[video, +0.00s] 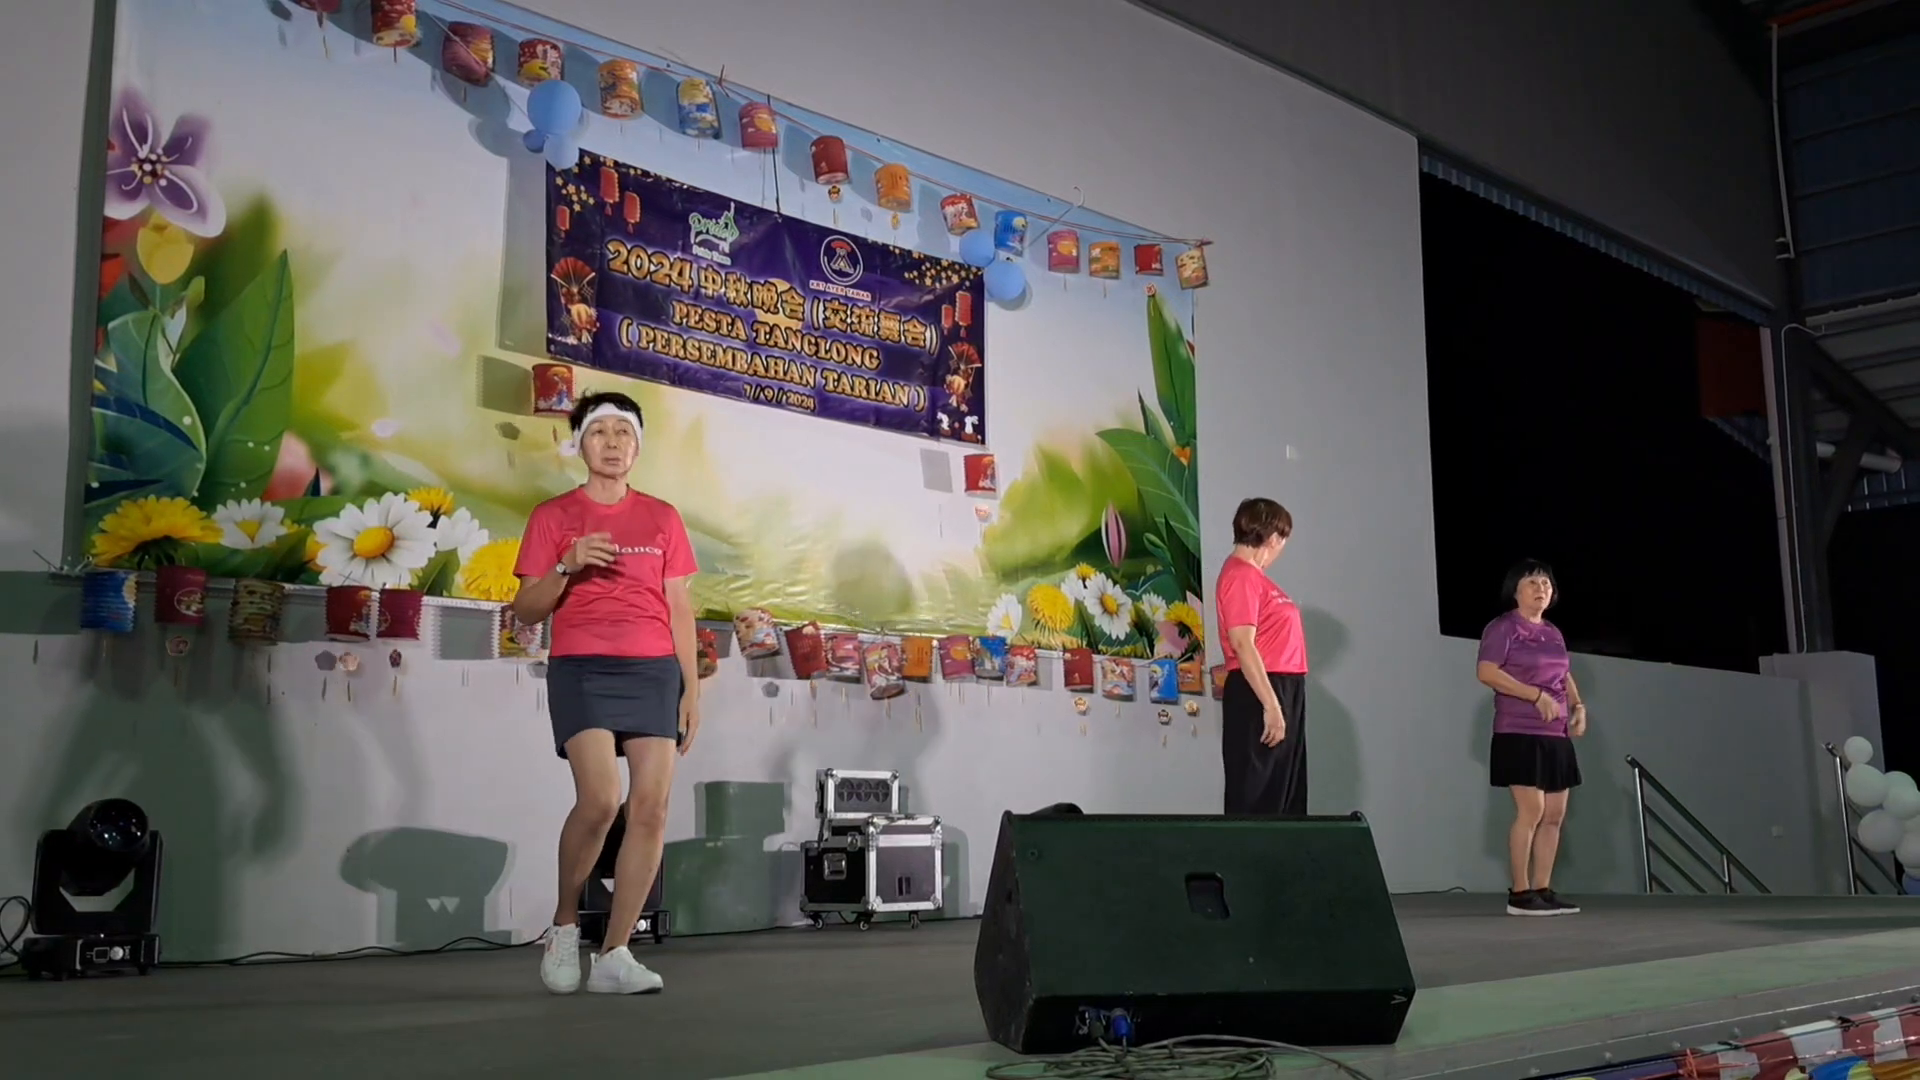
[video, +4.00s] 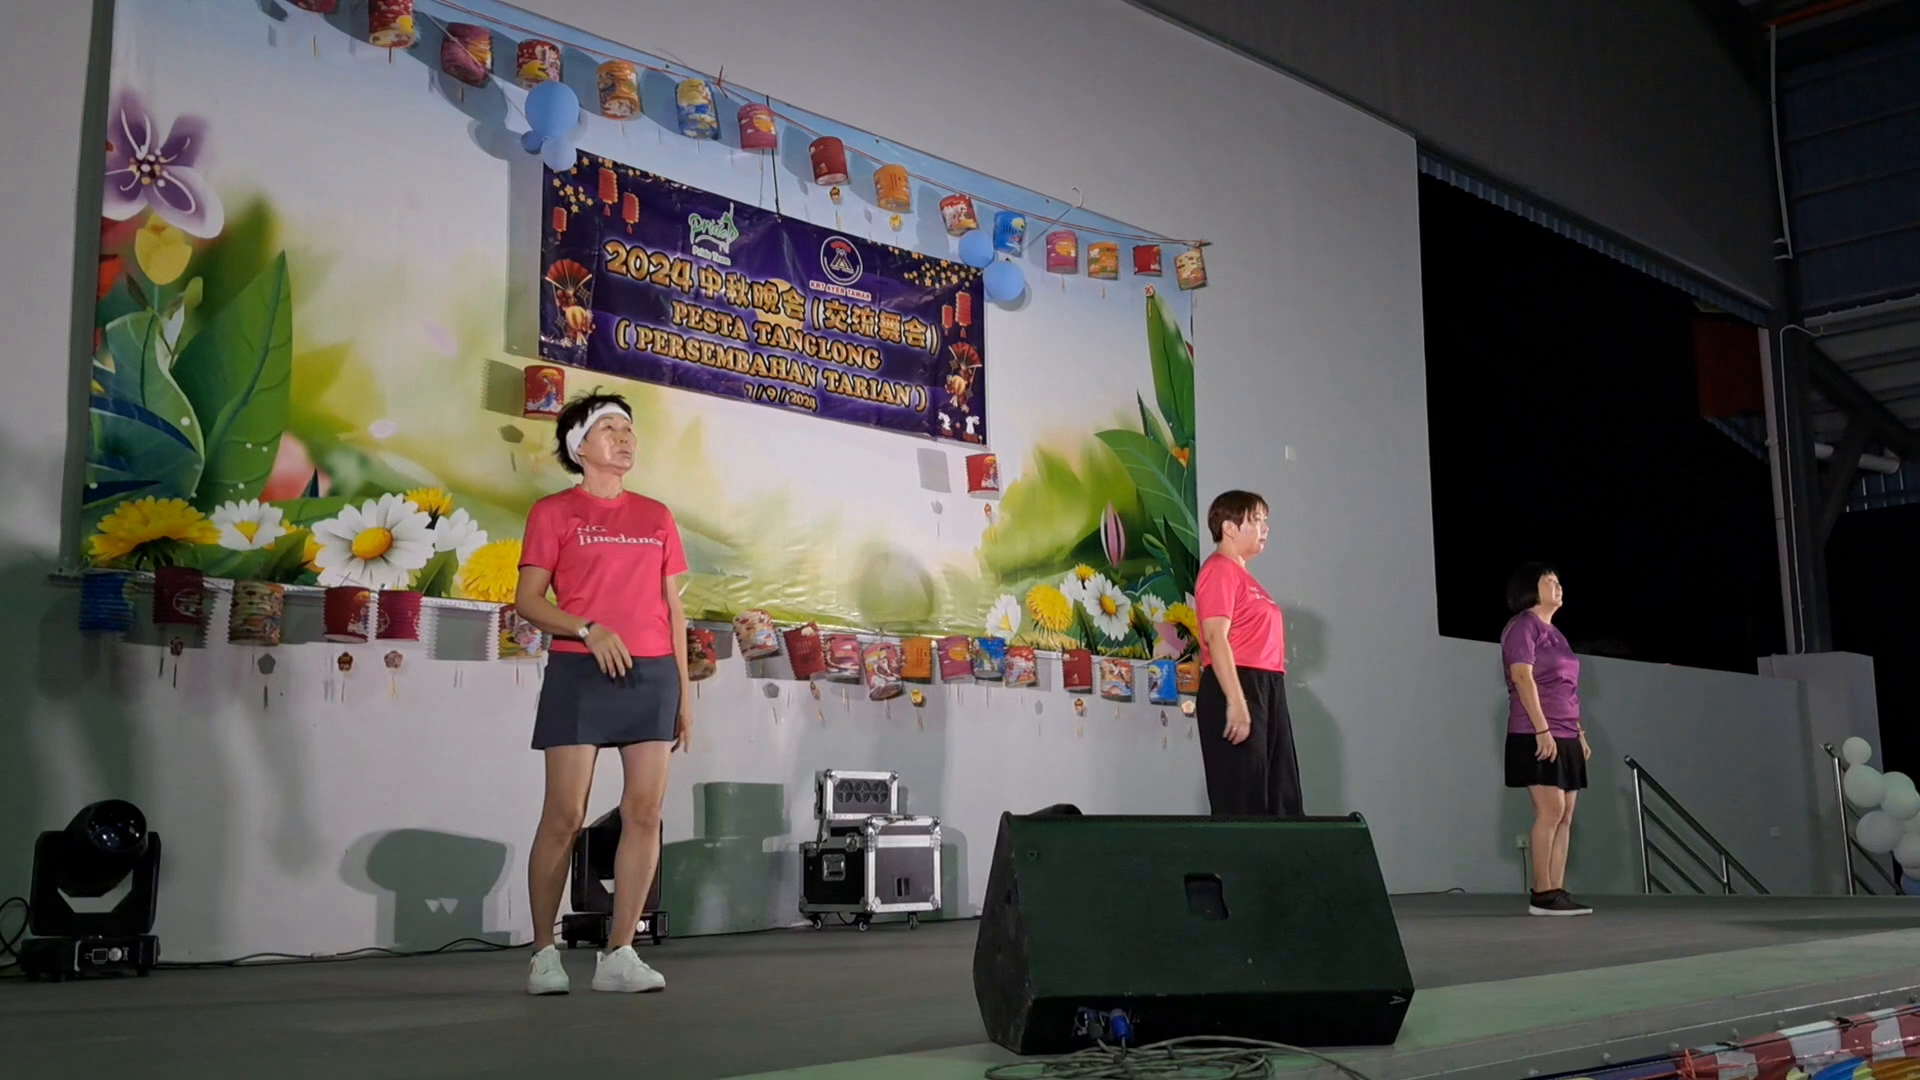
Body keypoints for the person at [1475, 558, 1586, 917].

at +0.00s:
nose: (1541, 588)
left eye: (1545, 583)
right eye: (1532, 583)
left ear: (1551, 592)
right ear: (1516, 591)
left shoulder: (1554, 633)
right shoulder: (1502, 628)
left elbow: (1564, 676)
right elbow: (1486, 672)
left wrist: (1577, 706)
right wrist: (1537, 695)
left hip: (1556, 736)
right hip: (1518, 735)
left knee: (1554, 815)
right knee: (1530, 811)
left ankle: (1542, 890)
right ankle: (1519, 893)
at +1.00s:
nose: (1553, 591)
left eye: (1557, 586)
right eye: (1544, 584)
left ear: (1562, 594)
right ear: (1527, 589)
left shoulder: (1559, 636)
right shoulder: (1514, 625)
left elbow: (1580, 677)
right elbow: (1502, 669)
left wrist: (1612, 714)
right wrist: (1541, 704)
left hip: (1556, 736)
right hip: (1523, 735)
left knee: (1563, 811)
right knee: (1553, 808)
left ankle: (1545, 891)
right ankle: (1529, 889)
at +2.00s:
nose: (1552, 587)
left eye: (1557, 582)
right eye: (1544, 582)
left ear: (1563, 591)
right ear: (1528, 590)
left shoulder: (1566, 632)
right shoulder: (1520, 629)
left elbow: (1583, 680)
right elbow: (1520, 682)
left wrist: (1605, 722)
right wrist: (1549, 728)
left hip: (1575, 736)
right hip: (1540, 736)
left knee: (1576, 814)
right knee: (1558, 811)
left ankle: (1559, 891)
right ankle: (1541, 892)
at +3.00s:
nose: (1495, 588)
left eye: (1502, 583)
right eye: (1488, 583)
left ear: (1513, 593)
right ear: (1478, 594)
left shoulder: (1535, 631)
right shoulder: (1463, 638)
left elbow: (1557, 674)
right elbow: (1444, 685)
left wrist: (1571, 682)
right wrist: (1419, 731)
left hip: (1537, 736)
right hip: (1488, 739)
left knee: (1573, 803)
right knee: (1496, 812)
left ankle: (1590, 885)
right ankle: (1505, 891)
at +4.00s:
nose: (1557, 587)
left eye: (1557, 582)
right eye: (1549, 582)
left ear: (1558, 592)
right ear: (1532, 589)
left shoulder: (1556, 634)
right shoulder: (1523, 625)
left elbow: (1563, 690)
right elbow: (1521, 677)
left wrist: (1578, 732)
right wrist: (1542, 729)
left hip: (1566, 735)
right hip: (1538, 734)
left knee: (1565, 814)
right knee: (1550, 811)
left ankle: (1556, 891)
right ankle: (1542, 892)